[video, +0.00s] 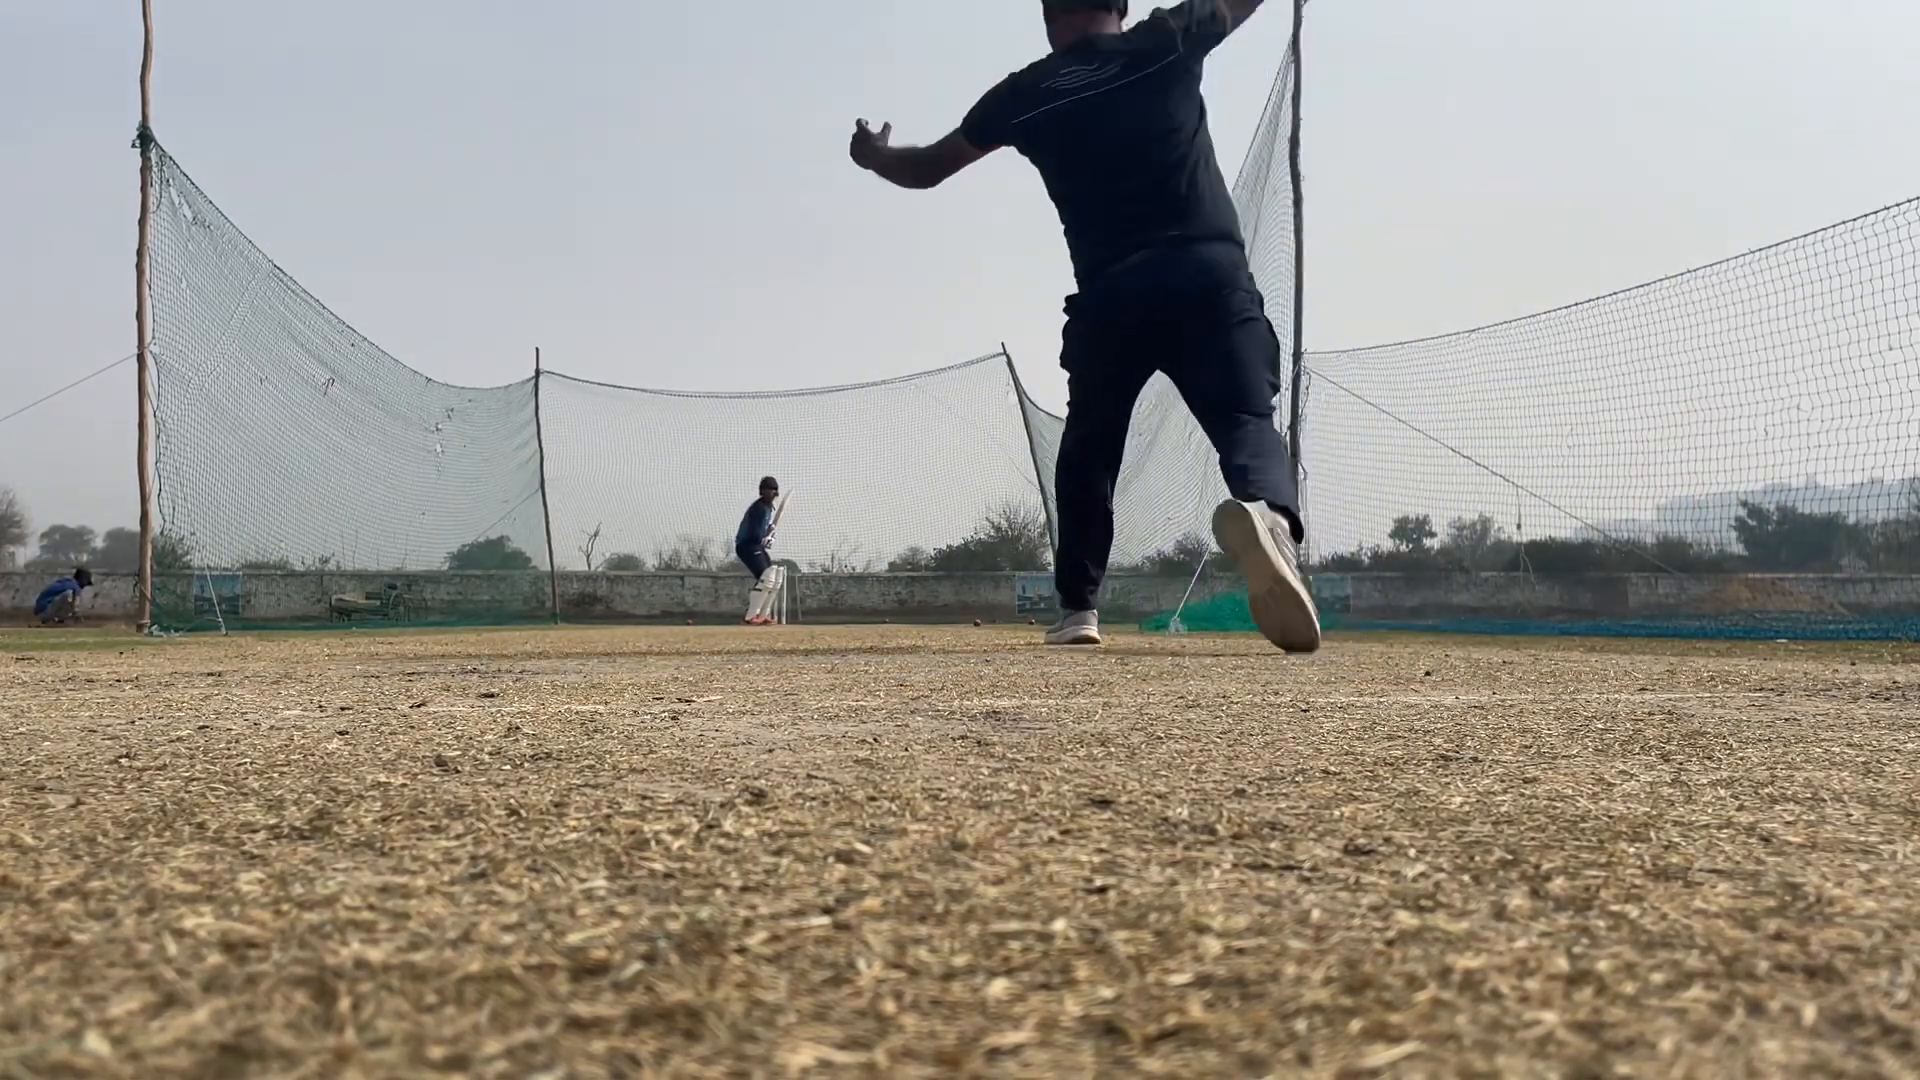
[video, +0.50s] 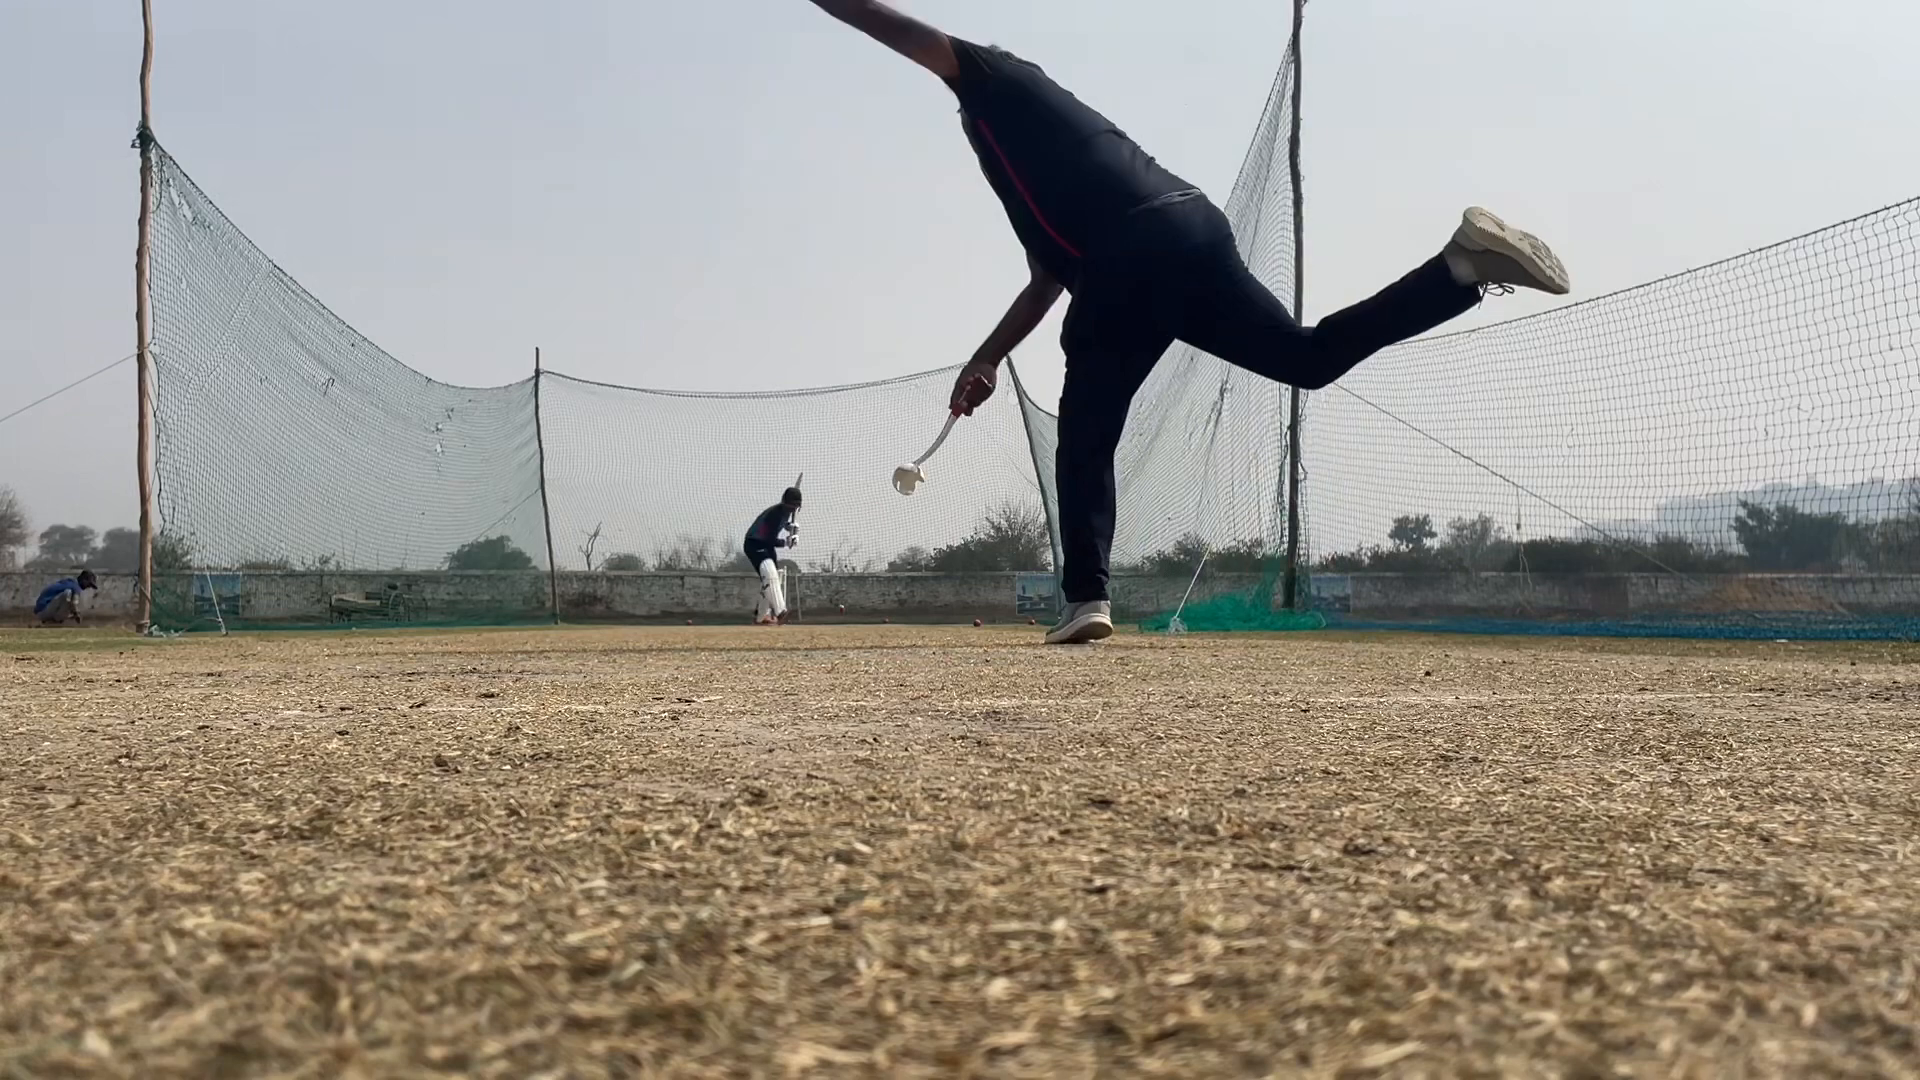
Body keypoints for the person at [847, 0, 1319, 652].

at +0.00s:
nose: (1048, 23)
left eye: (1049, 15)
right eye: (1118, 9)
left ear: (1050, 18)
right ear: (1120, 11)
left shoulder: (1021, 94)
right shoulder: (1170, 38)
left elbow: (927, 167)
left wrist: (873, 154)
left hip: (1109, 293)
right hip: (1209, 269)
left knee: (1090, 446)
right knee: (1245, 415)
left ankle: (1079, 613)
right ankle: (1265, 514)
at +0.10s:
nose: (1001, 92)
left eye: (1000, 81)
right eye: (1003, 83)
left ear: (1005, 76)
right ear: (1070, 62)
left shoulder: (1007, 129)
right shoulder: (1121, 94)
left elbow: (976, 261)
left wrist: (949, 340)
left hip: (1113, 272)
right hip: (1211, 249)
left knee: (1085, 439)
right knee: (1220, 423)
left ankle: (1079, 612)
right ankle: (1205, 510)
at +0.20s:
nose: (974, 127)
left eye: (971, 114)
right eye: (972, 116)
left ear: (980, 102)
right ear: (1034, 87)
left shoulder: (998, 116)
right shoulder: (1087, 126)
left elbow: (1033, 183)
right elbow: (1099, 264)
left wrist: (1042, 252)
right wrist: (1038, 372)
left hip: (1111, 251)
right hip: (1199, 229)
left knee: (1083, 432)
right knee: (1254, 396)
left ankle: (1080, 611)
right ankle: (1242, 442)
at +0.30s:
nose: (956, 171)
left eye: (954, 152)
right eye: (950, 158)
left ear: (974, 130)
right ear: (979, 141)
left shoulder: (997, 116)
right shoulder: (1038, 194)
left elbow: (1014, 31)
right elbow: (1065, 280)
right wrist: (1012, 312)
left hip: (1120, 258)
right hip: (1200, 233)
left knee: (1079, 432)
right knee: (1291, 381)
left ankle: (1081, 605)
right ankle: (1374, 324)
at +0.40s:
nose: (953, 157)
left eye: (950, 138)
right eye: (948, 145)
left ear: (970, 114)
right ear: (974, 135)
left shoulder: (997, 94)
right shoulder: (1018, 202)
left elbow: (963, 12)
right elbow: (1027, 295)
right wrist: (975, 328)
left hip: (1125, 257)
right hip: (1191, 233)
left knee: (1083, 443)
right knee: (1312, 355)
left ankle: (1084, 609)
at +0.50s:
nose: (942, 84)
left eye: (949, 76)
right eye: (945, 77)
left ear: (969, 77)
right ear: (1008, 96)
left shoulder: (994, 82)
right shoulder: (1050, 162)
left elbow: (878, 21)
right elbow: (1051, 275)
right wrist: (987, 356)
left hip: (1120, 262)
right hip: (1189, 237)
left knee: (1086, 437)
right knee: (1307, 358)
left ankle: (1085, 609)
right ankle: (1466, 268)